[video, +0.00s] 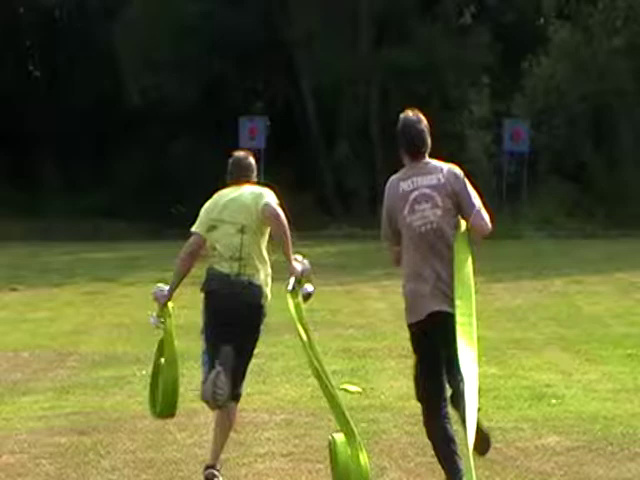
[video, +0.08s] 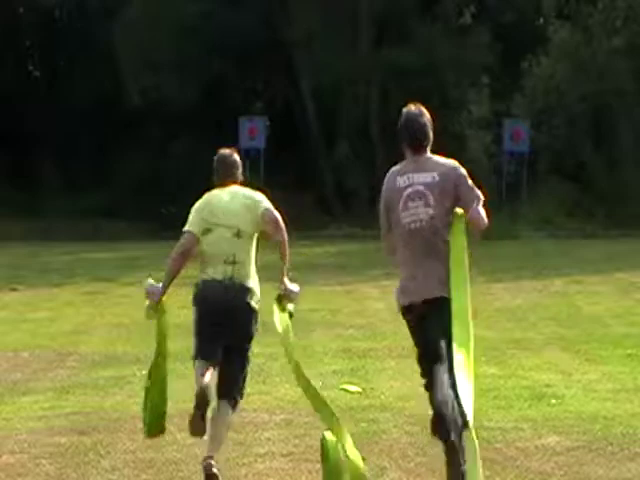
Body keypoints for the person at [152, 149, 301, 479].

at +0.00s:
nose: (251, 178)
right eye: (254, 173)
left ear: (229, 176)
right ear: (254, 175)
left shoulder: (216, 200)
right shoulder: (263, 195)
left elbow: (193, 248)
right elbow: (275, 216)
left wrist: (171, 288)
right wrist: (292, 260)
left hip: (216, 284)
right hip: (252, 288)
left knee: (213, 341)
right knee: (233, 381)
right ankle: (213, 462)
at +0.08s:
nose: (236, 175)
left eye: (223, 172)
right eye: (238, 170)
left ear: (215, 175)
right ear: (241, 174)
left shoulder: (204, 203)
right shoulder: (255, 199)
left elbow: (185, 248)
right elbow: (279, 229)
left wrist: (163, 286)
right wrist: (285, 276)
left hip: (208, 290)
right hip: (243, 292)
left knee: (205, 354)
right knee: (231, 380)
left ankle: (204, 388)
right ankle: (210, 457)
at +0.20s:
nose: (212, 171)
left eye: (204, 168)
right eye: (219, 165)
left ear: (200, 169)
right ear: (225, 167)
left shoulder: (194, 200)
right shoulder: (244, 196)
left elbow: (178, 245)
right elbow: (267, 228)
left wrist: (156, 271)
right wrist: (271, 275)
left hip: (201, 278)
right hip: (234, 278)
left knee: (197, 359)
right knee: (221, 358)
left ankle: (190, 433)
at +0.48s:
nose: (226, 176)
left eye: (216, 171)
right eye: (228, 173)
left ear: (205, 172)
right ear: (230, 174)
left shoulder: (188, 195)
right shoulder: (236, 204)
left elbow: (161, 226)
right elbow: (243, 243)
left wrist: (149, 255)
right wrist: (246, 281)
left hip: (183, 277)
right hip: (216, 281)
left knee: (188, 348)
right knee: (209, 361)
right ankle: (204, 429)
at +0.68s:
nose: (215, 171)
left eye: (207, 166)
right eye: (220, 166)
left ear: (199, 168)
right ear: (222, 168)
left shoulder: (187, 192)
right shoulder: (234, 197)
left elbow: (164, 220)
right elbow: (246, 239)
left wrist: (153, 248)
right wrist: (246, 282)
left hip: (189, 273)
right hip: (220, 275)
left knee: (193, 343)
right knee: (209, 346)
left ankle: (190, 406)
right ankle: (205, 397)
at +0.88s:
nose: (230, 172)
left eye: (227, 167)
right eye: (230, 168)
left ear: (204, 169)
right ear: (226, 169)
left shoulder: (191, 192)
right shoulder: (233, 196)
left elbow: (168, 220)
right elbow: (244, 234)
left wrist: (157, 248)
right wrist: (247, 271)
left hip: (196, 272)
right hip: (224, 272)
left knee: (195, 342)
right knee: (220, 335)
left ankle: (196, 411)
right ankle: (216, 375)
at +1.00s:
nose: (242, 170)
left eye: (240, 164)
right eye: (241, 165)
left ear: (216, 164)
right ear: (236, 166)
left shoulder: (199, 185)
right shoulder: (239, 194)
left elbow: (174, 215)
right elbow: (247, 236)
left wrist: (164, 245)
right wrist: (250, 269)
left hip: (197, 256)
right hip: (226, 257)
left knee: (203, 320)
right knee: (226, 331)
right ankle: (228, 396)